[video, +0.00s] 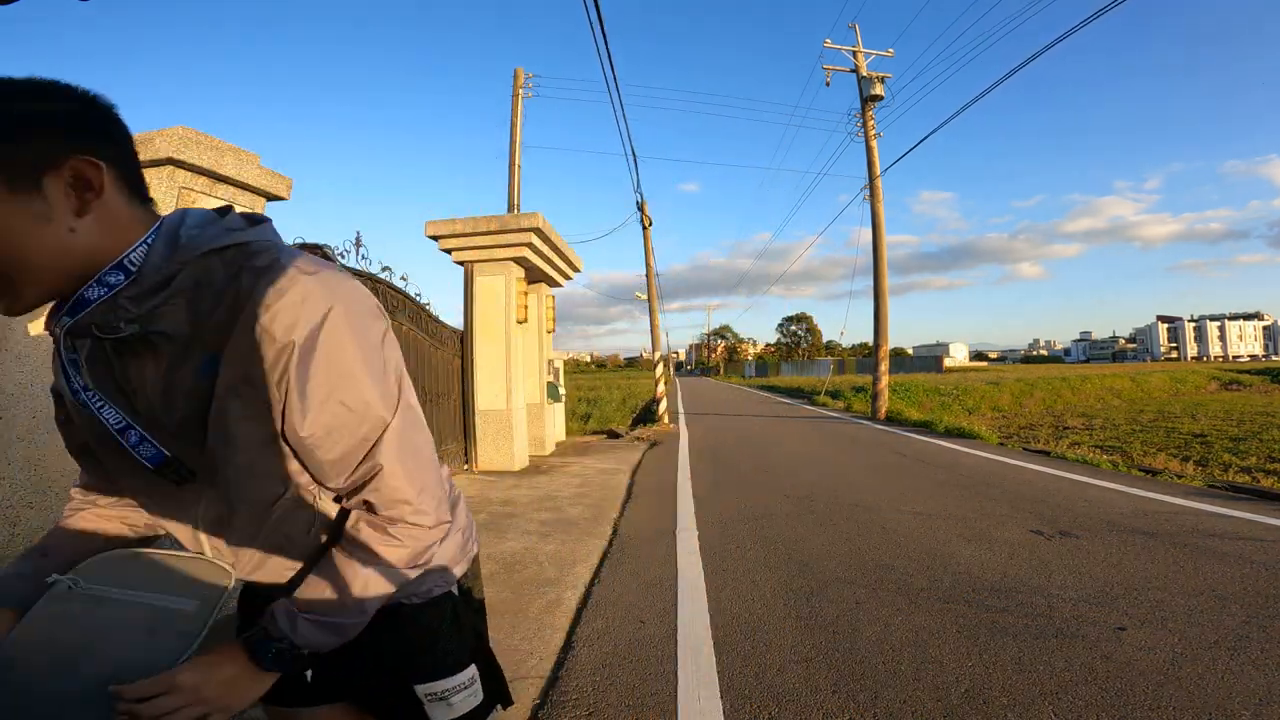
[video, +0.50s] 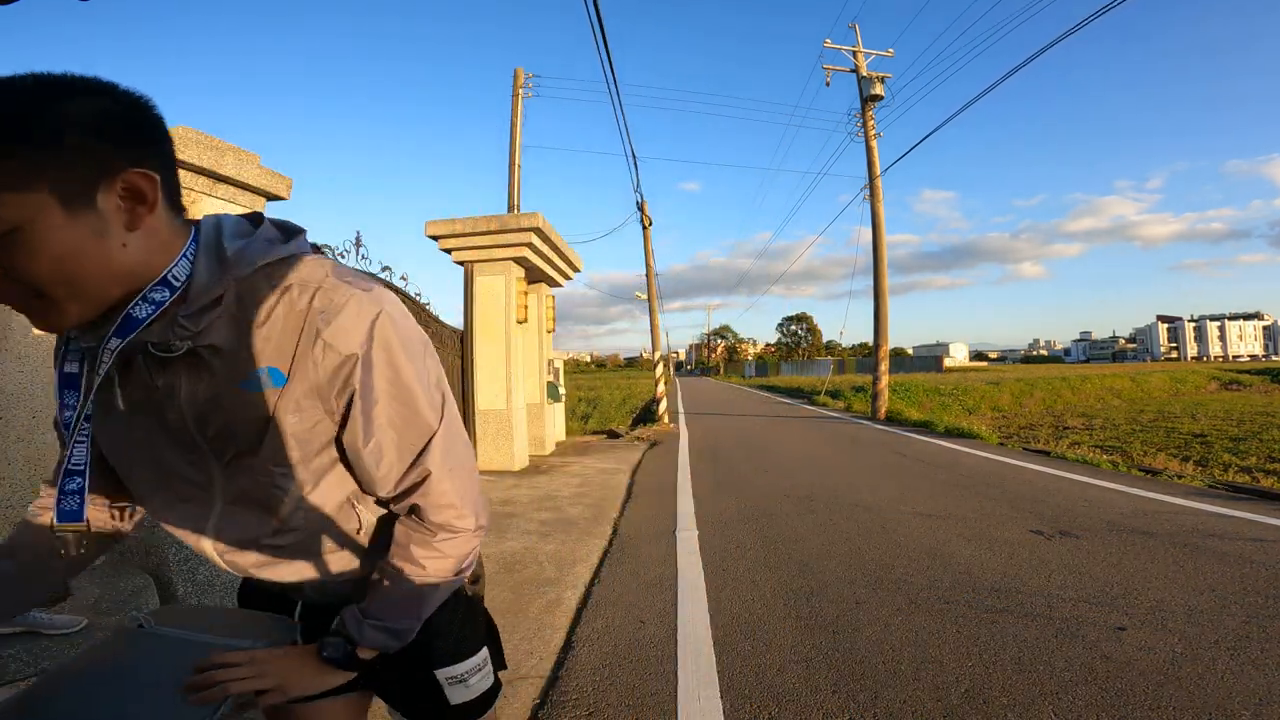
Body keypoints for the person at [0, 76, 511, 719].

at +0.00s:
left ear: (81, 189)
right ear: (80, 193)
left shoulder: (293, 301)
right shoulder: (87, 340)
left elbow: (410, 520)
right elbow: (119, 498)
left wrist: (260, 654)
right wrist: (15, 595)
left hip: (407, 595)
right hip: (278, 592)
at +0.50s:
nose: (1, 279)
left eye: (11, 235)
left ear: (132, 203)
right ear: (134, 206)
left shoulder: (336, 318)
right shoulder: (99, 346)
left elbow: (449, 515)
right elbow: (87, 509)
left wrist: (344, 653)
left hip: (405, 589)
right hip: (278, 597)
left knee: (454, 707)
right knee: (297, 708)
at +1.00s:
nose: (292, 275)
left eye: (300, 264)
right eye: (290, 264)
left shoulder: (216, 321)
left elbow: (397, 471)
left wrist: (361, 609)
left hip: (359, 578)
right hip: (221, 605)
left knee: (448, 709)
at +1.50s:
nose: (3, 240)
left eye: (17, 204)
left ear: (118, 181)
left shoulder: (275, 281)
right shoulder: (22, 330)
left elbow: (380, 471)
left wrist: (148, 572)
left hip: (355, 565)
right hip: (212, 595)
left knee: (442, 705)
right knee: (284, 709)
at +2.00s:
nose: (16, 280)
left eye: (53, 230)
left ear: (189, 202)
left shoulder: (300, 339)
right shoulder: (76, 340)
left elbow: (166, 617)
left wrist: (13, 703)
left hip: (393, 595)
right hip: (262, 604)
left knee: (462, 709)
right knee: (288, 708)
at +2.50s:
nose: (250, 420)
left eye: (307, 354)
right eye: (189, 361)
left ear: (471, 254)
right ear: (141, 312)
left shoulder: (616, 377)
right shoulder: (228, 385)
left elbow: (639, 590)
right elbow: (252, 559)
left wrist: (532, 700)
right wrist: (172, 650)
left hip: (550, 636)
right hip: (395, 642)